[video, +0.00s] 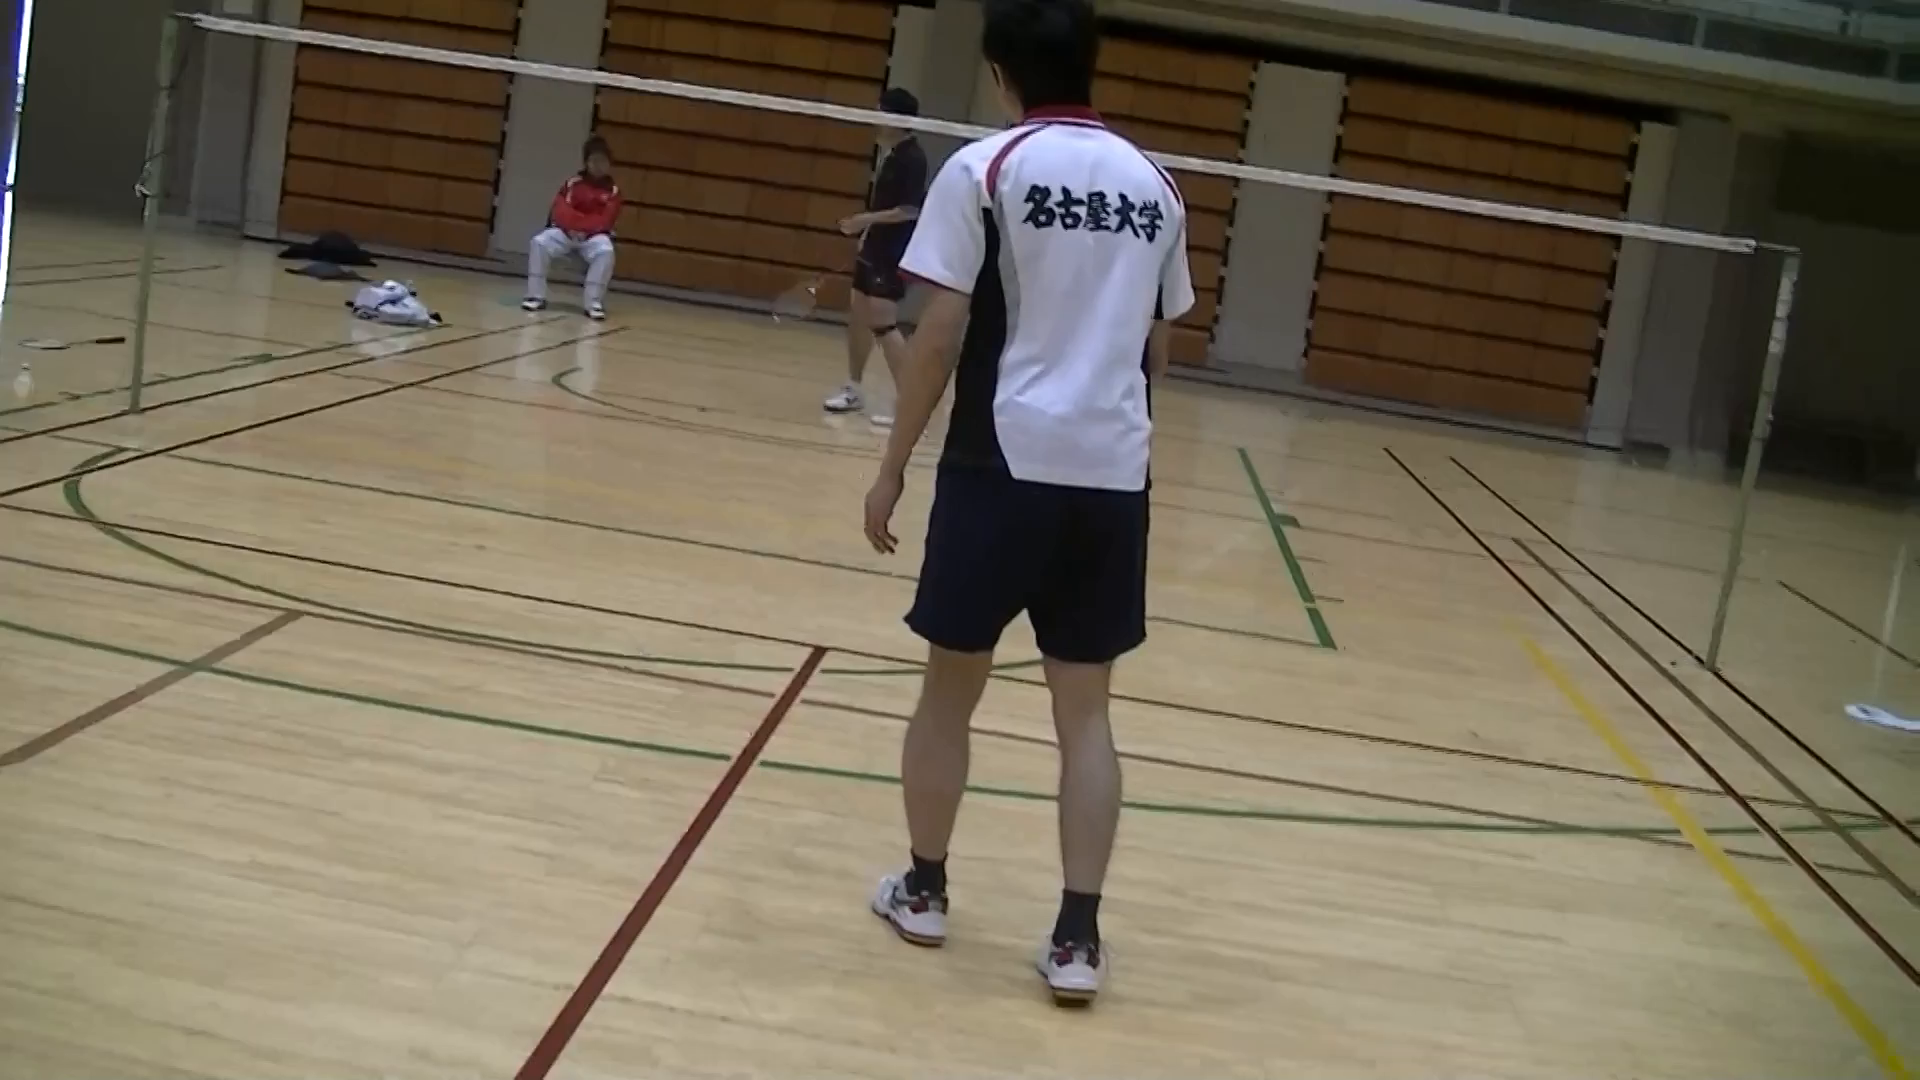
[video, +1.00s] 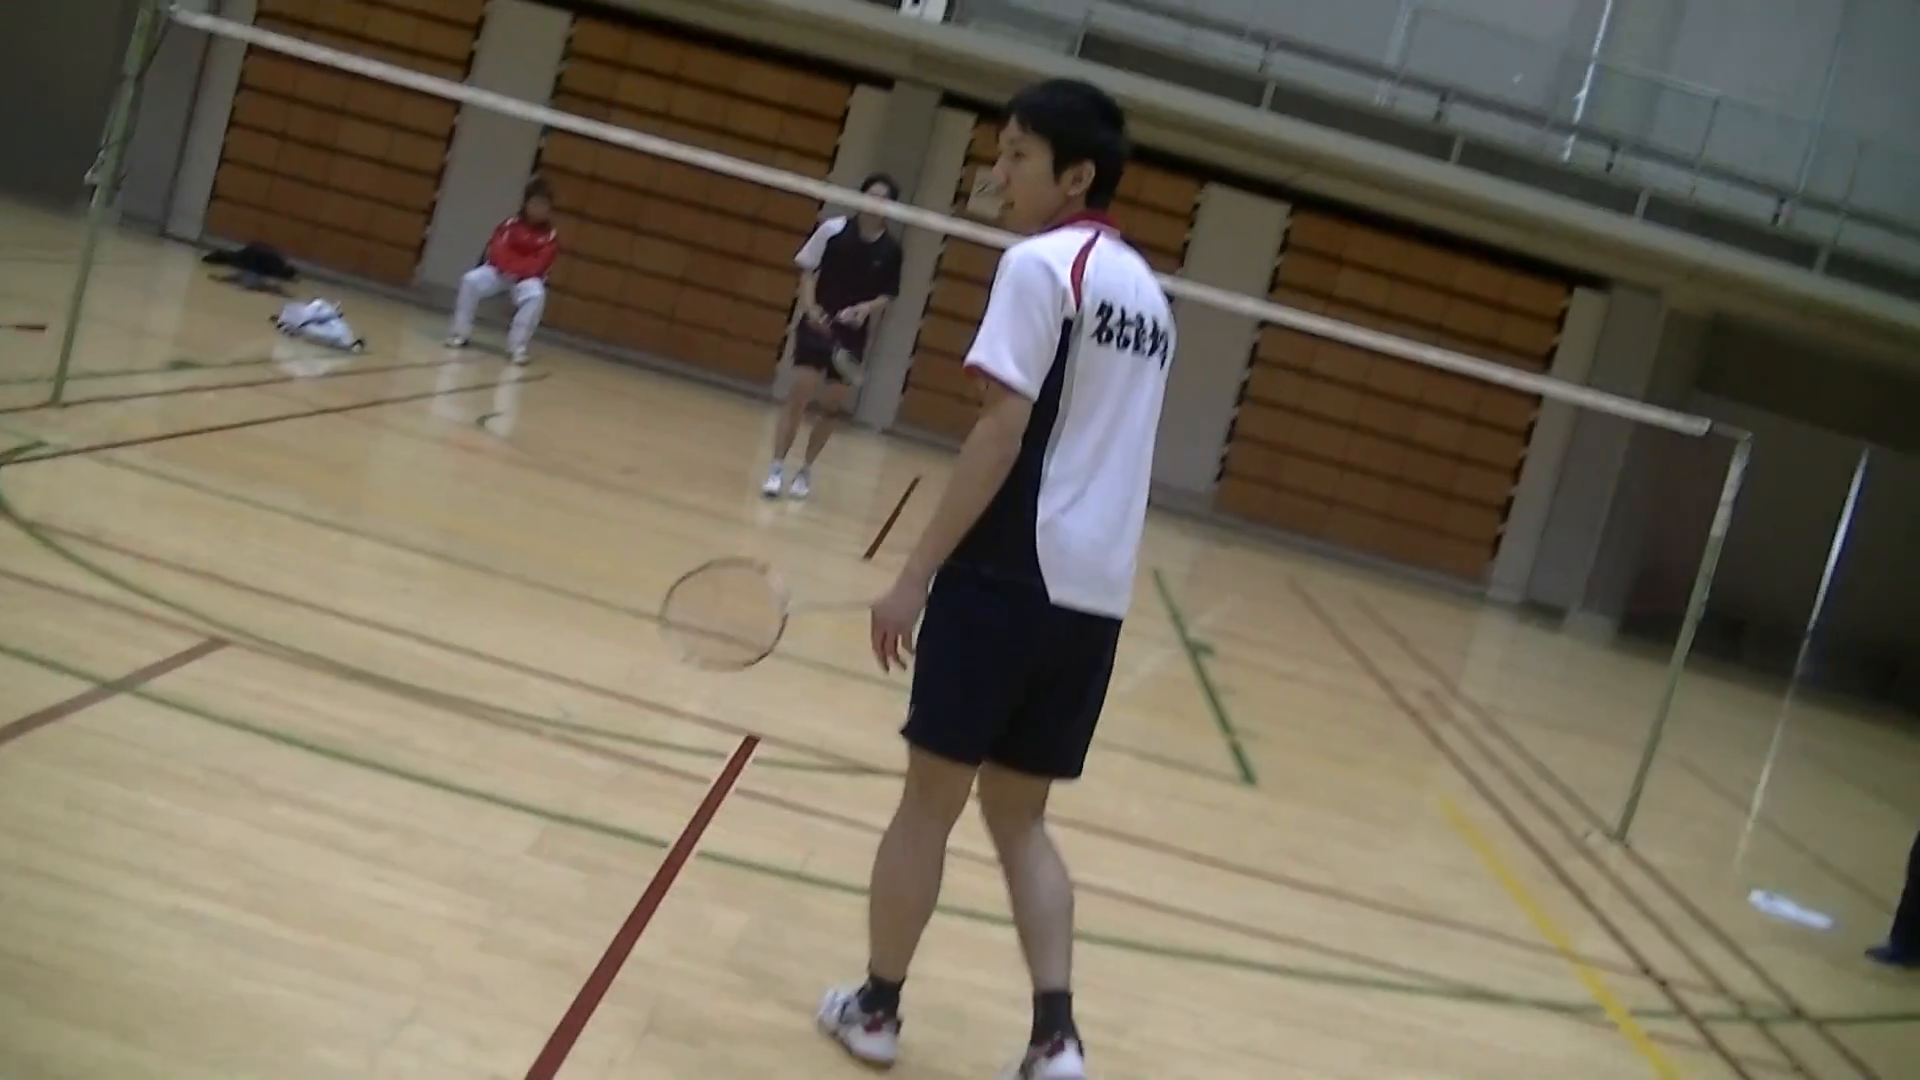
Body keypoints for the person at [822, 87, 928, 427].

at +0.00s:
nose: (876, 119)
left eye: (881, 114)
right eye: (878, 113)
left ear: (895, 120)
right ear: (898, 119)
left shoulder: (912, 157)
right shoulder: (888, 152)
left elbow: (911, 210)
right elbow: (882, 202)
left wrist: (866, 219)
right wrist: (866, 232)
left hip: (890, 252)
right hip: (871, 247)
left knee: (884, 324)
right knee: (858, 318)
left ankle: (908, 402)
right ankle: (853, 389)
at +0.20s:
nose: (921, 144)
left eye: (929, 140)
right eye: (922, 138)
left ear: (945, 147)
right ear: (921, 143)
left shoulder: (958, 186)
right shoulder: (916, 180)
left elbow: (957, 237)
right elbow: (906, 225)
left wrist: (911, 245)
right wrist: (891, 245)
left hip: (937, 278)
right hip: (908, 274)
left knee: (920, 348)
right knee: (900, 347)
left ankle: (949, 428)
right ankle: (893, 420)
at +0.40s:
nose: (940, 185)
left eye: (949, 181)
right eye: (939, 178)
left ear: (964, 189)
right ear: (934, 182)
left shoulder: (976, 228)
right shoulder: (919, 222)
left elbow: (981, 276)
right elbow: (907, 262)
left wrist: (944, 284)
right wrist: (905, 282)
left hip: (954, 318)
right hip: (920, 312)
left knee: (938, 388)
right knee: (911, 387)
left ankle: (936, 461)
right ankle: (901, 460)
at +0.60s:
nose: (924, 196)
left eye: (932, 192)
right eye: (920, 189)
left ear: (942, 201)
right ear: (911, 193)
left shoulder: (951, 241)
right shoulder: (889, 229)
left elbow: (953, 288)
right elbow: (870, 269)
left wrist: (923, 299)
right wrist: (880, 294)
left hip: (922, 325)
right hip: (886, 318)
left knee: (908, 401)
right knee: (871, 393)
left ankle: (890, 467)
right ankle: (864, 466)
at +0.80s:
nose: (887, 171)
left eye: (895, 167)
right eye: (884, 164)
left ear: (904, 175)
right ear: (874, 167)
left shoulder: (909, 218)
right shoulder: (848, 200)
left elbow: (907, 264)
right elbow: (824, 240)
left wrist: (882, 274)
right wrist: (836, 268)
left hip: (875, 300)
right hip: (837, 290)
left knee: (856, 372)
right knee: (814, 357)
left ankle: (832, 440)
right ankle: (802, 433)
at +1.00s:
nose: (875, 203)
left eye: (883, 198)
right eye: (872, 195)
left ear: (890, 207)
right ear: (861, 197)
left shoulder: (891, 250)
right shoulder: (832, 230)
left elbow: (888, 295)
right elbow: (808, 271)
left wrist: (865, 309)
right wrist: (809, 307)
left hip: (854, 330)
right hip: (818, 319)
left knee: (832, 406)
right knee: (801, 392)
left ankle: (806, 470)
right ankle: (777, 466)